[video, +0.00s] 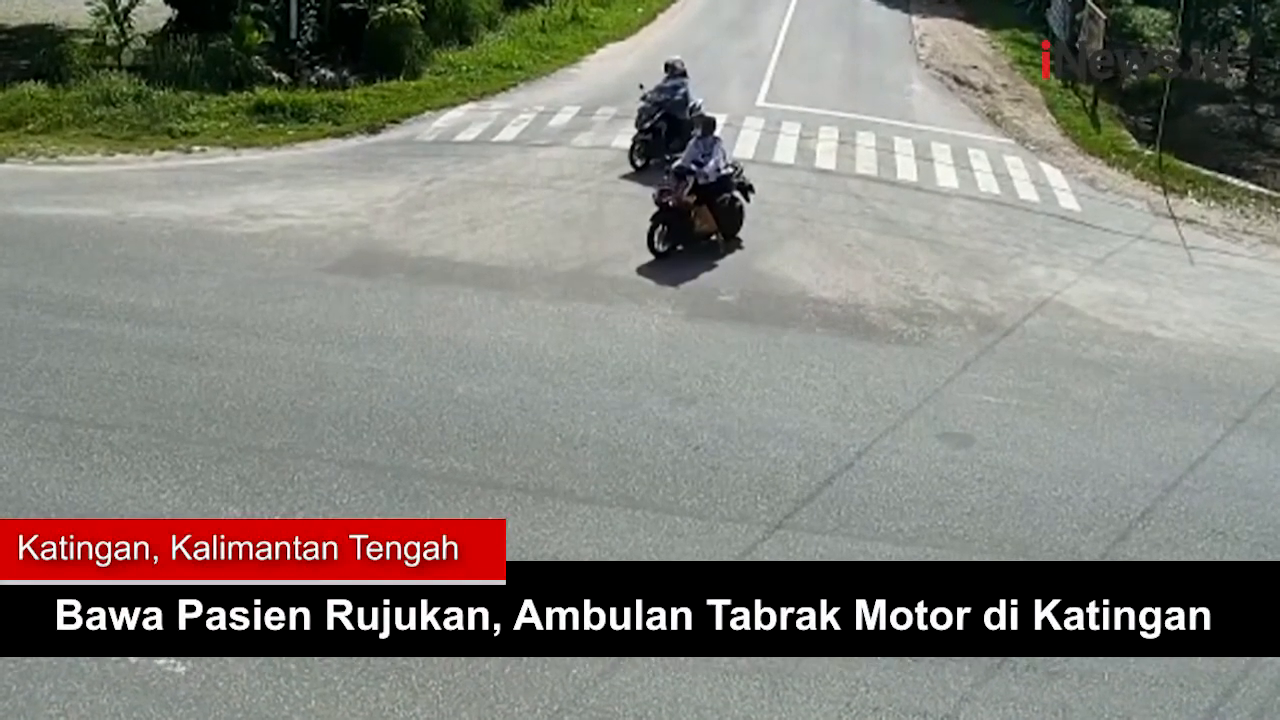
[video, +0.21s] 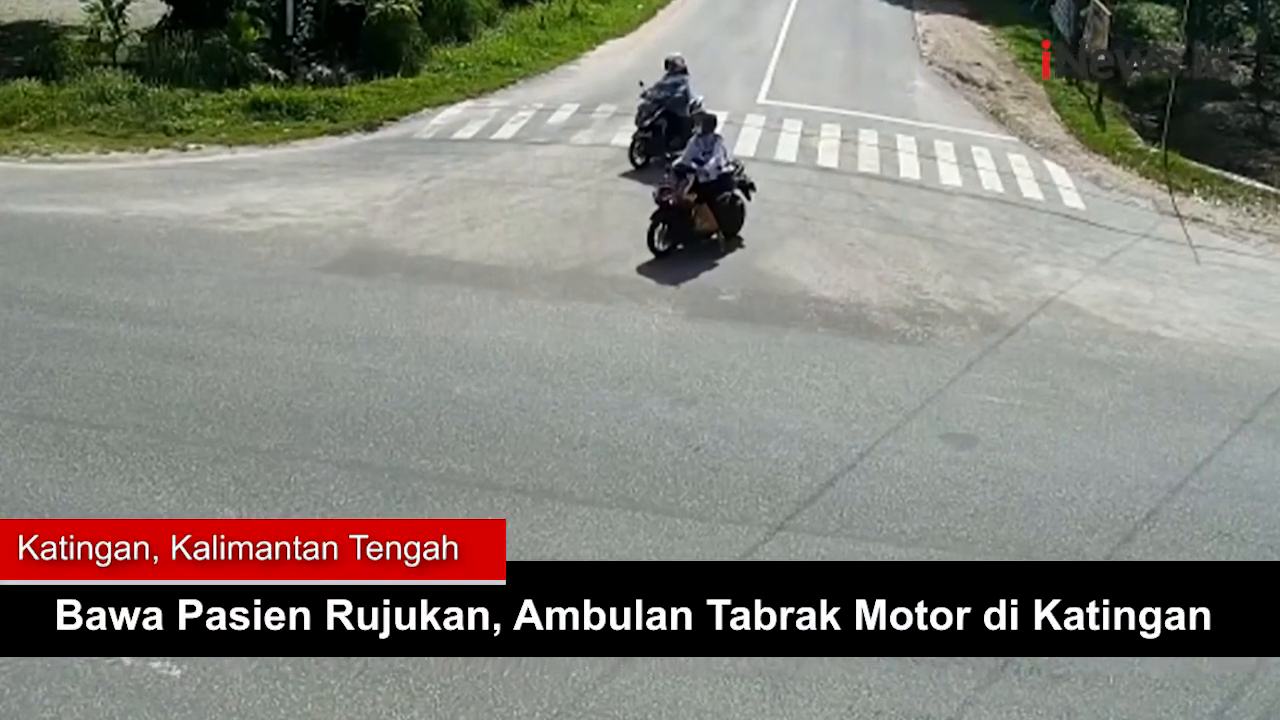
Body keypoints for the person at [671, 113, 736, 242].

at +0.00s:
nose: (700, 130)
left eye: (703, 127)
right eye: (700, 126)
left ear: (710, 128)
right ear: (700, 128)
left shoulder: (716, 143)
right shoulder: (695, 142)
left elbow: (715, 161)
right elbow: (686, 157)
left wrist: (705, 171)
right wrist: (675, 166)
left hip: (716, 178)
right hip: (699, 178)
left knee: (709, 201)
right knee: (687, 197)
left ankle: (724, 233)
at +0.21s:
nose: (698, 127)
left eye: (701, 124)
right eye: (698, 124)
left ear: (709, 126)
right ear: (698, 126)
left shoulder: (717, 141)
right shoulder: (695, 140)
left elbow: (717, 158)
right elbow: (686, 155)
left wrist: (706, 169)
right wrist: (676, 164)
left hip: (717, 176)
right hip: (699, 176)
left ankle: (724, 230)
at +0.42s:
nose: (697, 124)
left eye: (701, 121)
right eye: (697, 121)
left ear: (709, 124)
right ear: (699, 123)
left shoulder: (718, 138)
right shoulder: (696, 138)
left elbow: (717, 157)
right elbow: (687, 153)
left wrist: (705, 168)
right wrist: (678, 163)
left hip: (718, 174)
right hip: (700, 173)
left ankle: (727, 230)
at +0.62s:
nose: (699, 122)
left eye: (702, 119)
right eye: (699, 119)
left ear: (711, 122)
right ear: (702, 121)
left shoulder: (719, 137)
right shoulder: (696, 136)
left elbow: (718, 156)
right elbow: (688, 151)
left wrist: (705, 166)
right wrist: (679, 161)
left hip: (720, 173)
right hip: (701, 173)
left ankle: (728, 229)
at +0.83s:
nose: (700, 120)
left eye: (703, 117)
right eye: (700, 116)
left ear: (712, 119)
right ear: (703, 119)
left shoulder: (720, 134)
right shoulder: (697, 134)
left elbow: (719, 154)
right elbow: (688, 149)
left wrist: (706, 164)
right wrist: (679, 159)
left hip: (720, 170)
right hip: (702, 170)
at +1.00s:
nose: (701, 117)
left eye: (704, 114)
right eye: (701, 114)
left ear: (712, 116)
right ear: (703, 116)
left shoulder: (721, 132)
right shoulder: (698, 131)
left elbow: (719, 150)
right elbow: (689, 146)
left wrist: (707, 161)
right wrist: (678, 156)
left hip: (722, 168)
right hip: (703, 168)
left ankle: (727, 224)